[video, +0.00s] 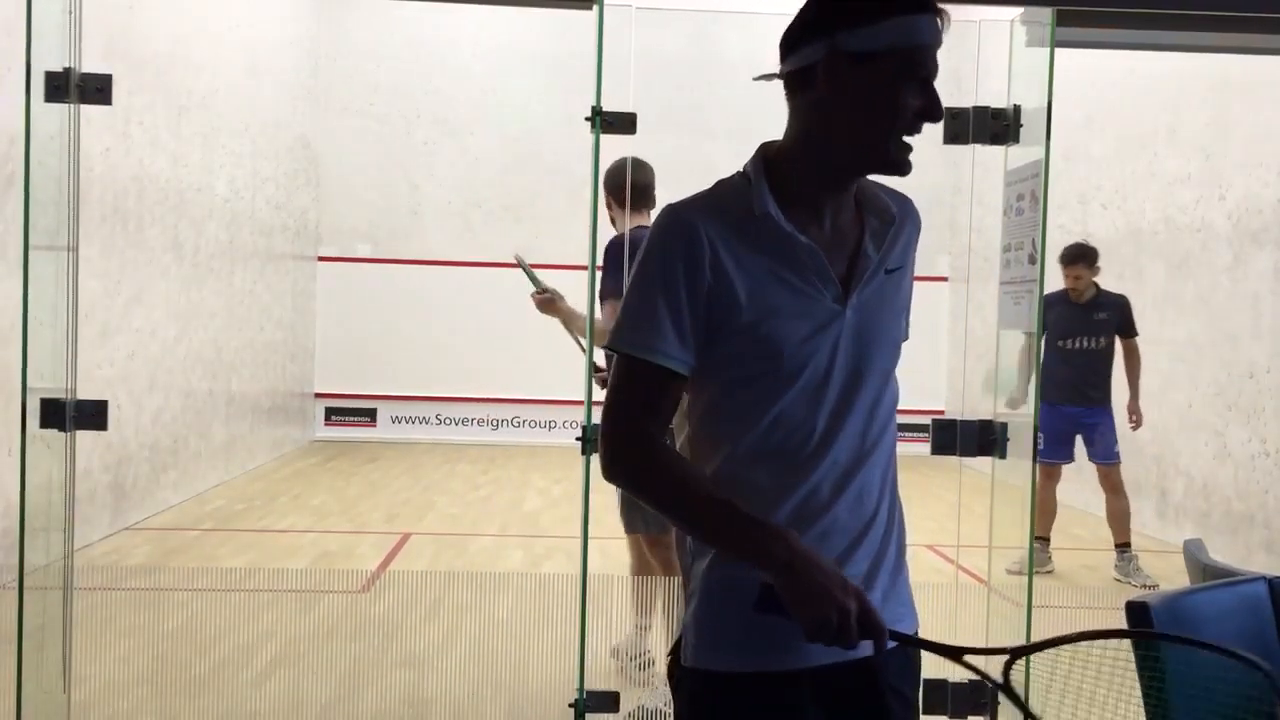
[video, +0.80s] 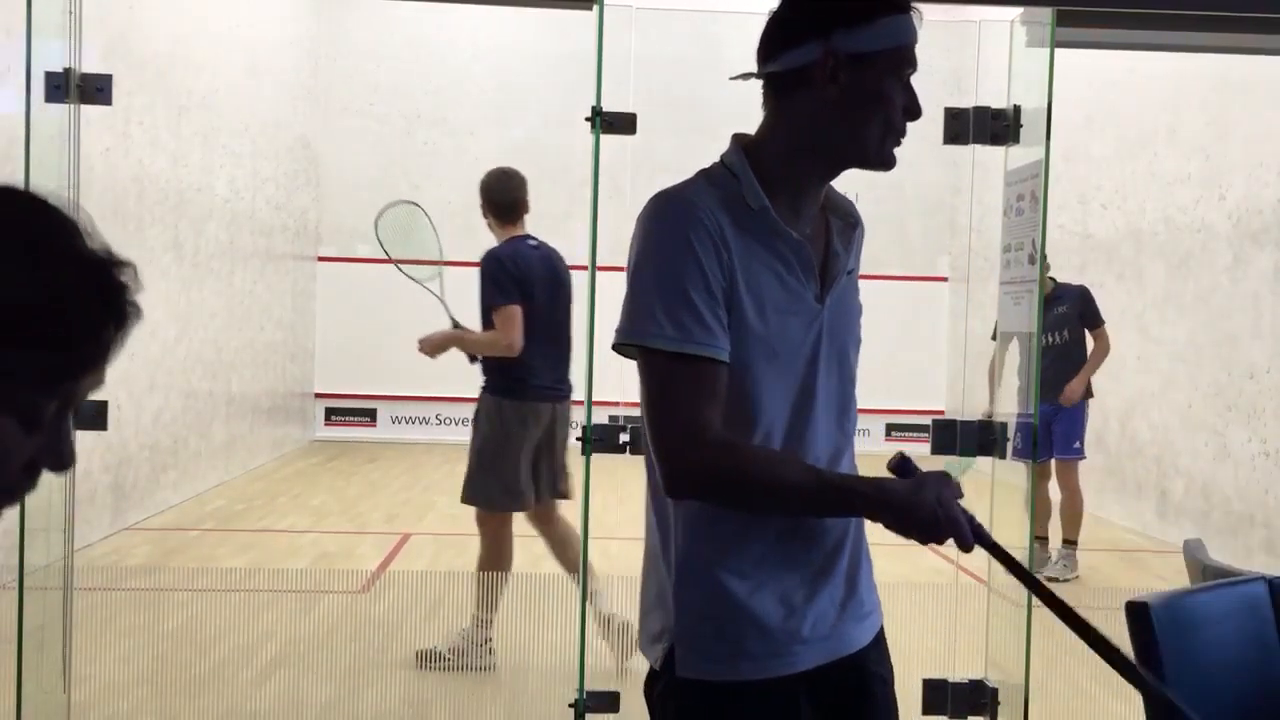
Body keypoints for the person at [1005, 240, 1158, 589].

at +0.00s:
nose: (1070, 284)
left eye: (1077, 278)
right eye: (1066, 277)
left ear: (1094, 273)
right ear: (1061, 273)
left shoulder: (1116, 305)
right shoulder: (1049, 304)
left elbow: (1130, 350)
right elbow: (1029, 347)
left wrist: (1134, 398)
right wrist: (1021, 390)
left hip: (1097, 409)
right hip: (1054, 407)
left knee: (1112, 480)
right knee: (1047, 476)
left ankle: (1125, 559)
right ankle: (1040, 552)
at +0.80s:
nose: (1030, 281)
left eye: (1033, 273)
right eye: (1023, 275)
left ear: (1044, 267)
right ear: (1017, 276)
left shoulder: (1076, 296)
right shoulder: (1016, 304)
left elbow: (1102, 344)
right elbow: (997, 356)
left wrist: (1080, 381)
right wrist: (993, 403)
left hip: (1068, 404)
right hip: (1030, 405)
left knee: (1067, 478)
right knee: (1037, 479)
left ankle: (1068, 556)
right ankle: (1038, 552)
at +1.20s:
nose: (1036, 267)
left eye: (1042, 260)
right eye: (1032, 260)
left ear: (1056, 260)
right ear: (1025, 264)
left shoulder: (1077, 298)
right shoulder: (1021, 299)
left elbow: (1078, 344)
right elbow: (991, 335)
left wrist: (1059, 375)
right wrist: (969, 356)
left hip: (1063, 402)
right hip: (1026, 400)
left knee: (1062, 475)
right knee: (1031, 476)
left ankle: (1067, 555)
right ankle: (1038, 551)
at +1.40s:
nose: (1035, 269)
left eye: (1040, 262)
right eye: (1029, 263)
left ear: (1052, 261)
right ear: (1020, 265)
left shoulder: (1070, 299)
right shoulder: (1017, 299)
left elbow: (1049, 348)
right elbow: (984, 334)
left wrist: (1015, 379)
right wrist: (975, 330)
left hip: (1059, 402)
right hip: (1023, 399)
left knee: (1059, 478)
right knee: (1011, 474)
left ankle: (1067, 555)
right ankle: (1035, 547)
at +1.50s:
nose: (1025, 265)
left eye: (1032, 257)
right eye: (1019, 258)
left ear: (1045, 259)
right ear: (1011, 261)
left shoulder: (1062, 298)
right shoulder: (1014, 298)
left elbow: (1036, 337)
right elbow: (980, 333)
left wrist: (987, 358)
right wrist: (982, 316)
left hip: (1054, 403)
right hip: (1017, 401)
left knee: (1057, 479)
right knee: (1000, 477)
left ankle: (1067, 556)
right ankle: (1026, 542)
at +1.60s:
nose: (1013, 262)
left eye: (1021, 254)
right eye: (1008, 255)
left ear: (1034, 257)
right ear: (1002, 258)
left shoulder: (1053, 297)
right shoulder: (1005, 297)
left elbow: (1019, 334)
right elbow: (977, 331)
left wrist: (963, 336)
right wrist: (980, 303)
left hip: (1047, 401)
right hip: (1012, 402)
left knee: (1053, 480)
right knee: (984, 470)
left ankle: (1067, 556)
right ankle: (1002, 547)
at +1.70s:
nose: (986, 269)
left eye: (992, 263)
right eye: (985, 264)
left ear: (1012, 263)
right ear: (985, 266)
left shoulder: (1038, 297)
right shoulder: (993, 299)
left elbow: (1010, 330)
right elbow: (968, 326)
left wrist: (955, 326)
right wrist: (970, 292)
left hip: (1038, 401)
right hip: (1002, 399)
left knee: (1048, 482)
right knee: (971, 469)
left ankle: (1066, 555)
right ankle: (964, 547)